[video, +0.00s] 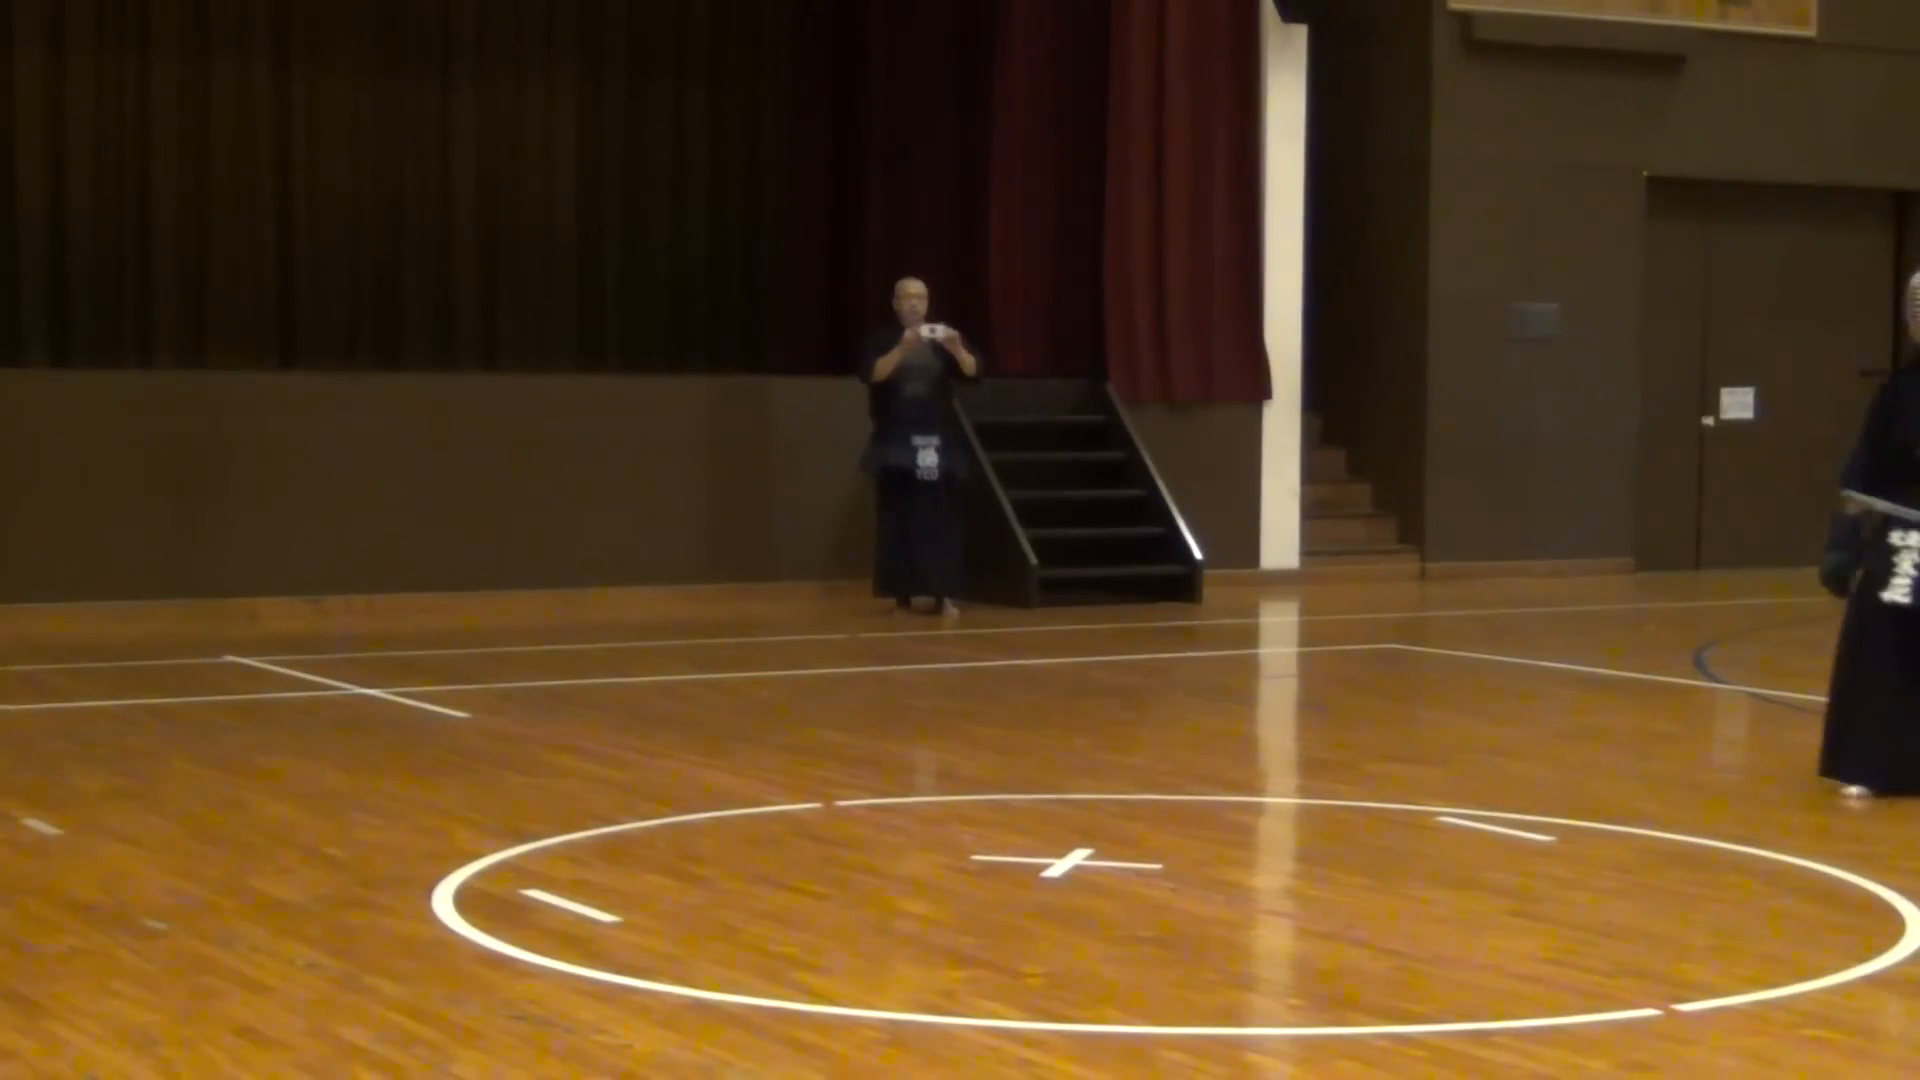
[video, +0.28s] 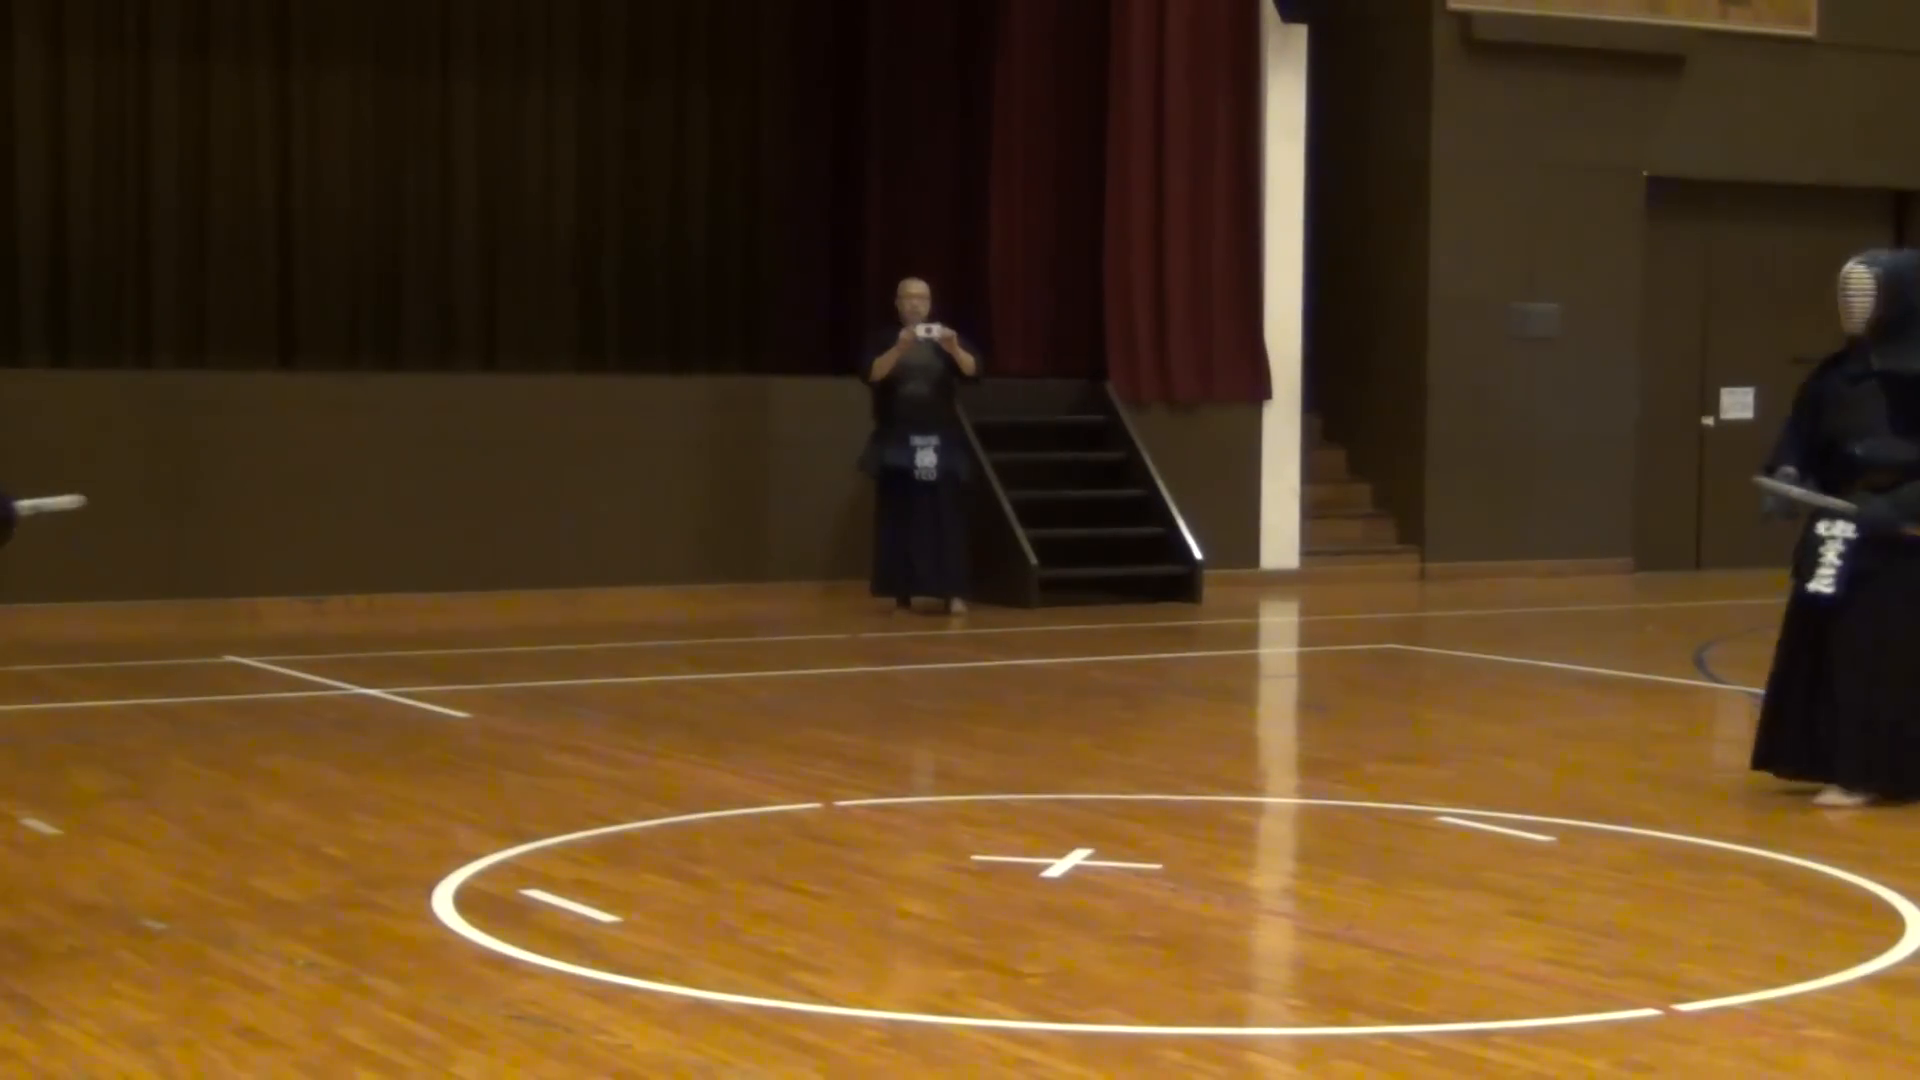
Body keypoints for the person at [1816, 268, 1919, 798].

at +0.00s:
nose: (1915, 317)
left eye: (1917, 305)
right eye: (1913, 305)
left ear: (1914, 317)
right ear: (1906, 316)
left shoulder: (1902, 390)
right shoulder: (1901, 389)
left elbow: (1868, 477)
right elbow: (1867, 476)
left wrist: (1844, 547)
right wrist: (1845, 547)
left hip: (1903, 541)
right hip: (1899, 541)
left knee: (1879, 642)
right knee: (1875, 642)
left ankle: (1867, 766)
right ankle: (1863, 765)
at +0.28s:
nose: (1850, 305)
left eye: (1862, 295)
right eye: (1848, 293)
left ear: (1895, 300)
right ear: (1847, 298)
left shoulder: (1907, 370)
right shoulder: (1840, 368)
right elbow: (1802, 434)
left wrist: (1890, 508)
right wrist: (1785, 482)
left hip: (1900, 528)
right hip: (1843, 521)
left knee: (1875, 648)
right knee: (1826, 639)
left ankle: (1865, 773)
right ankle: (1828, 759)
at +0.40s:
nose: (1821, 314)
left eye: (1833, 303)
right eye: (1818, 302)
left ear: (1866, 305)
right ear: (1816, 306)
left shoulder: (1900, 378)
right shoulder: (1805, 379)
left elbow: (1916, 479)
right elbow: (1761, 448)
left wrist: (1863, 511)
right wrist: (1766, 471)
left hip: (1880, 533)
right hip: (1809, 527)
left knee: (1811, 648)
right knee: (1852, 650)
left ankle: (1785, 778)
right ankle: (1885, 756)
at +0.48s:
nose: (1803, 315)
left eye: (1815, 304)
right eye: (1799, 304)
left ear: (1848, 308)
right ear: (1796, 307)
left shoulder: (1884, 384)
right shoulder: (1785, 381)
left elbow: (1907, 473)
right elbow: (1738, 453)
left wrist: (1839, 511)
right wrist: (1759, 485)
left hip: (1853, 538)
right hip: (1789, 532)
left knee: (1793, 652)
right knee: (1821, 652)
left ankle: (1764, 781)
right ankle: (1878, 752)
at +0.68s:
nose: (1752, 306)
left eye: (1764, 295)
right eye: (1749, 295)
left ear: (1797, 298)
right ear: (1745, 298)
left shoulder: (1830, 374)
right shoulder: (1735, 373)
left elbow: (1849, 466)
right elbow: (1691, 440)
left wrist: (1765, 494)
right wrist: (1695, 471)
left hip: (1803, 538)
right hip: (1741, 531)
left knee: (1780, 656)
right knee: (1734, 648)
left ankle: (1764, 787)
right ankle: (1814, 717)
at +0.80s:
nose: (1725, 299)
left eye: (1736, 288)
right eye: (1721, 287)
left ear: (1771, 291)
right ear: (1718, 292)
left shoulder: (1807, 369)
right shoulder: (1709, 367)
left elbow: (1826, 457)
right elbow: (1669, 429)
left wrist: (1747, 483)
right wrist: (1655, 454)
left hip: (1780, 536)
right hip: (1714, 528)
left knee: (1765, 655)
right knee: (1705, 649)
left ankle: (1768, 783)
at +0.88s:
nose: (1708, 301)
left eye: (1719, 290)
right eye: (1704, 289)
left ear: (1753, 292)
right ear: (1702, 293)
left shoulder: (1789, 368)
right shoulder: (1692, 367)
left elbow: (1821, 454)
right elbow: (1653, 419)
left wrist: (1754, 483)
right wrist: (1627, 449)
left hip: (1766, 536)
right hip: (1695, 527)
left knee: (1753, 654)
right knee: (1674, 647)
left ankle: (1759, 785)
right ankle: (1674, 779)